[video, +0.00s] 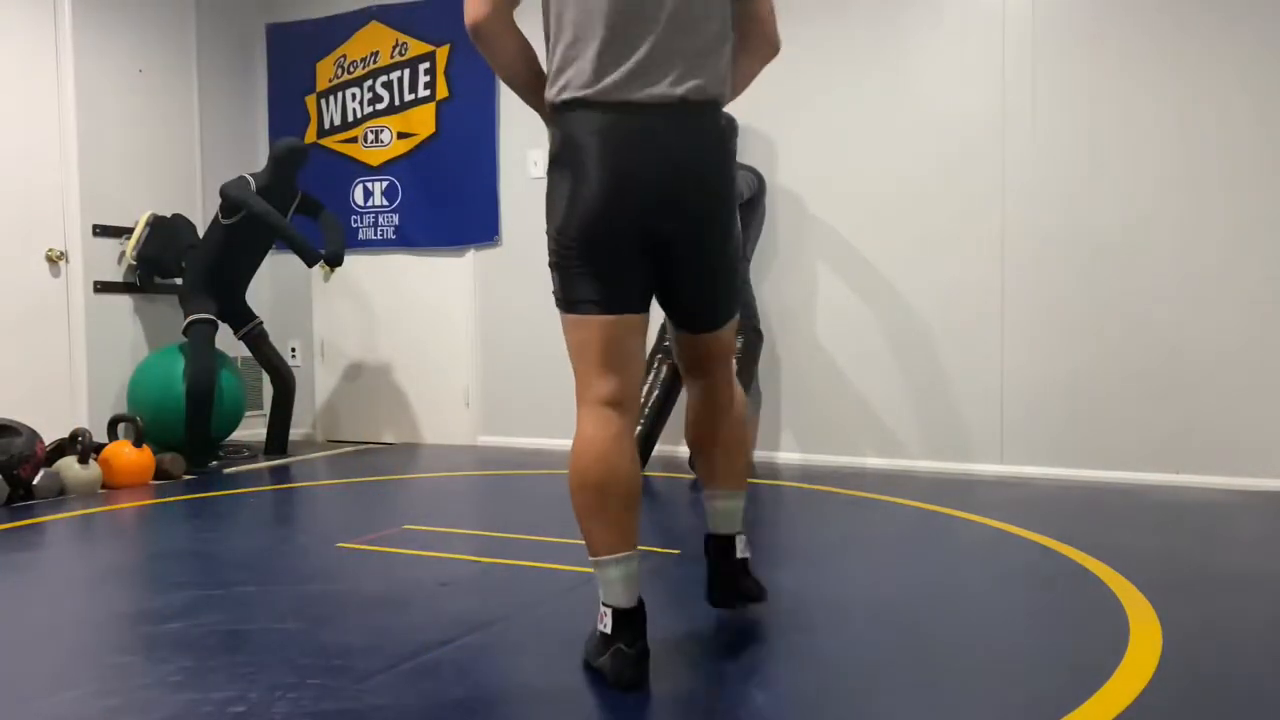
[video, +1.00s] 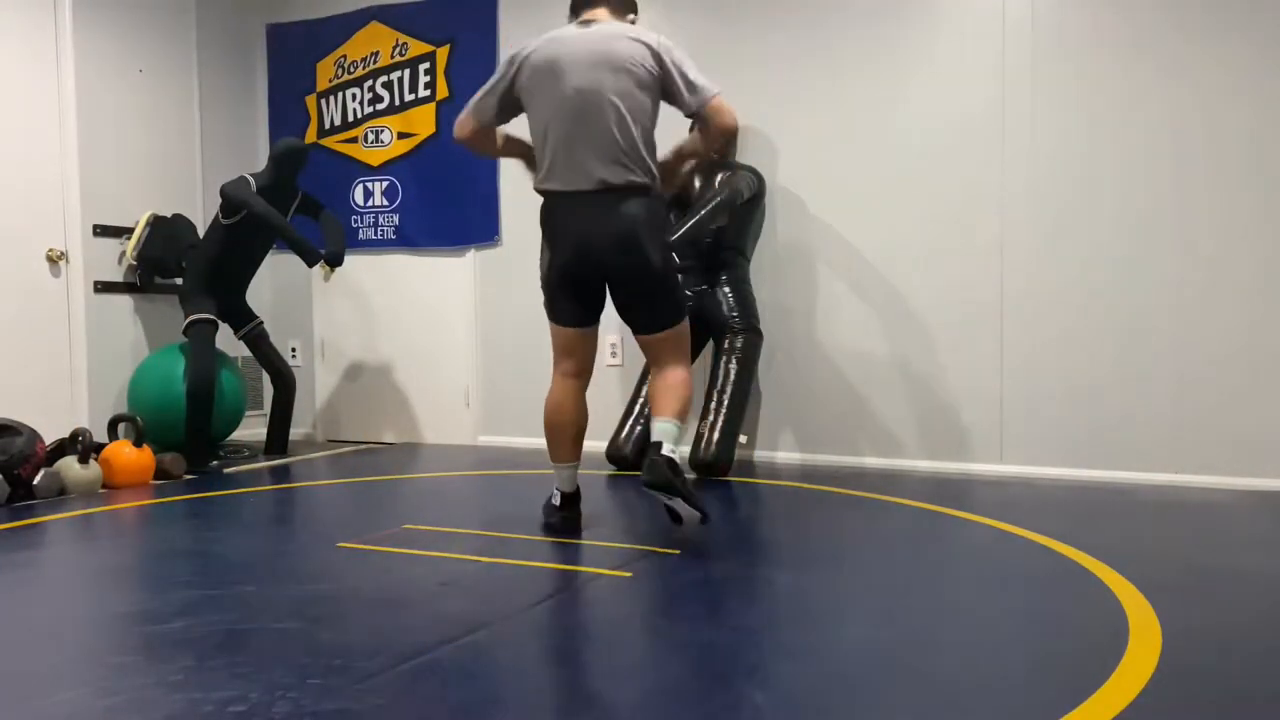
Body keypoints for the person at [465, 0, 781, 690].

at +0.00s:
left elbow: (483, 17)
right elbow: (760, 36)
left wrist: (558, 105)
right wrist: (695, 100)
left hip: (593, 145)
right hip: (698, 146)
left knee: (604, 399)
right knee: (711, 368)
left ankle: (621, 630)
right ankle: (728, 563)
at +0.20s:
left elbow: (501, 48)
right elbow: (771, 78)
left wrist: (560, 130)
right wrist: (705, 131)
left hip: (606, 177)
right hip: (699, 182)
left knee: (609, 396)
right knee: (692, 391)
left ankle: (624, 612)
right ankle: (695, 539)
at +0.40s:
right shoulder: (730, 1)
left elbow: (522, 44)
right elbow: (788, 74)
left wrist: (565, 136)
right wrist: (720, 136)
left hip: (620, 194)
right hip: (700, 195)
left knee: (592, 373)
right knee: (691, 386)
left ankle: (621, 479)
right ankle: (695, 546)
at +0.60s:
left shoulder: (581, 3)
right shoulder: (714, 3)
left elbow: (522, 46)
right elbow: (784, 54)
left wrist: (557, 141)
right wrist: (738, 142)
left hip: (611, 202)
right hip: (688, 201)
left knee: (586, 353)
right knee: (688, 376)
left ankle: (594, 501)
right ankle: (694, 541)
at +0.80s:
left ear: (588, 0)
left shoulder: (553, 32)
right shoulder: (677, 26)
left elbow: (487, 81)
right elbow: (748, 71)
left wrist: (532, 156)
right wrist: (712, 157)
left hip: (589, 220)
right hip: (661, 218)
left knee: (579, 373)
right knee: (674, 378)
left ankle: (565, 497)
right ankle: (688, 521)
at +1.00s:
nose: (635, 20)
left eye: (632, 18)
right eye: (635, 15)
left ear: (575, 11)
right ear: (626, 11)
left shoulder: (531, 53)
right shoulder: (647, 45)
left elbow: (467, 131)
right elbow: (723, 122)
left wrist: (523, 149)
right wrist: (685, 159)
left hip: (564, 224)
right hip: (634, 221)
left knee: (569, 369)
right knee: (667, 356)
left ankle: (564, 501)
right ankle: (665, 452)